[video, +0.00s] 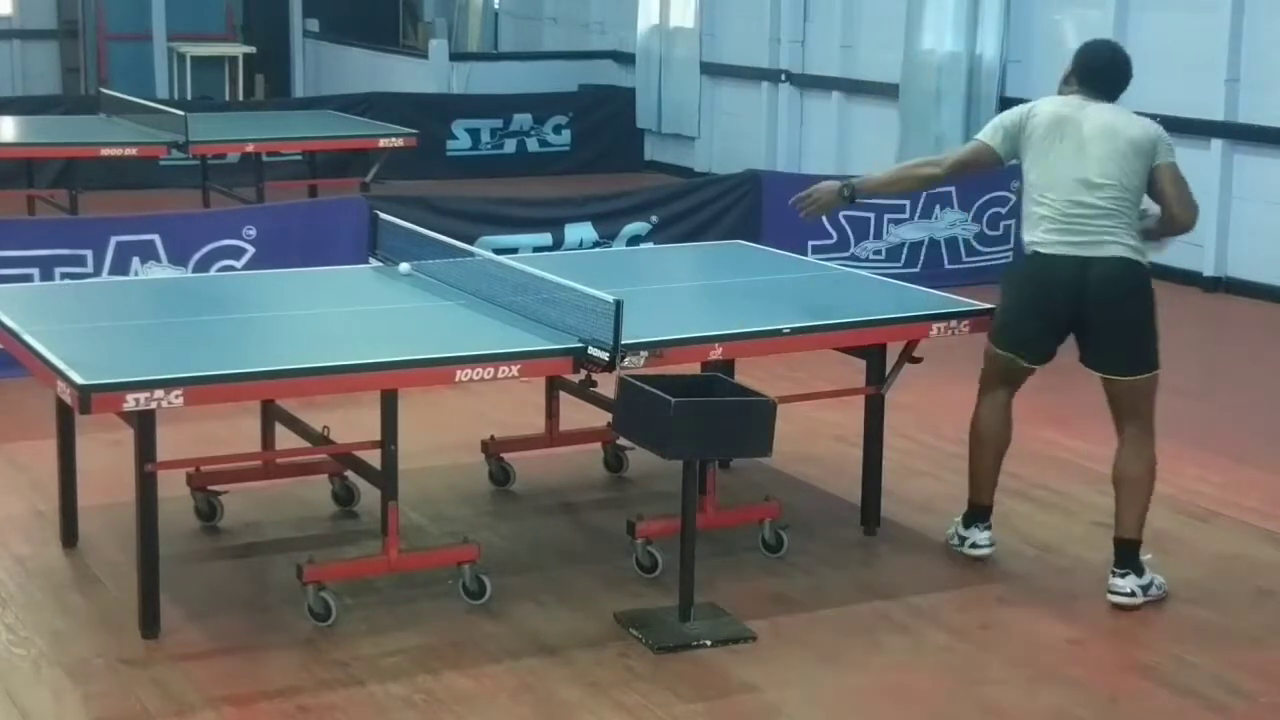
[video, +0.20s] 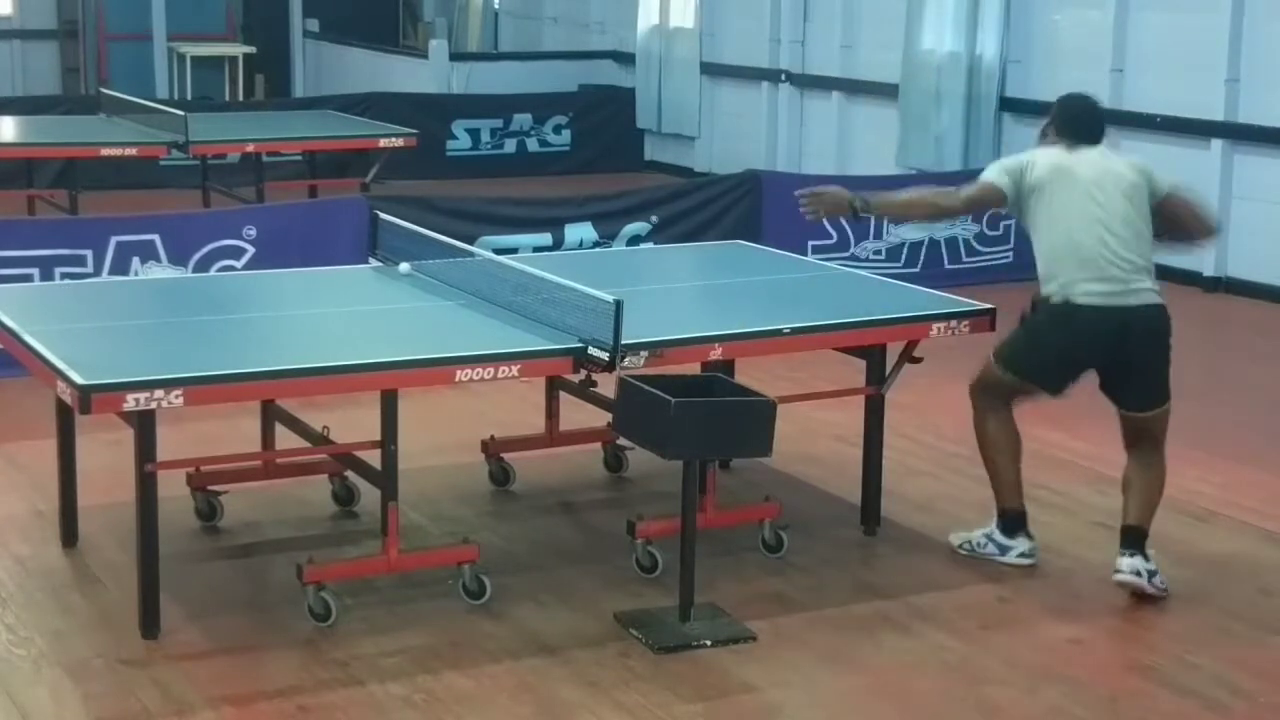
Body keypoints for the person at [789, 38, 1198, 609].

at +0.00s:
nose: (1060, 80)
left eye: (1064, 72)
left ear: (1070, 75)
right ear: (1119, 90)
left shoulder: (1031, 115)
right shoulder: (1145, 131)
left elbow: (943, 169)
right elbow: (1182, 216)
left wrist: (849, 190)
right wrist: (1141, 233)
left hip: (1041, 276)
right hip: (1120, 283)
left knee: (998, 387)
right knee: (1135, 425)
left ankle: (977, 524)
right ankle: (1127, 570)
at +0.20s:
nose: (1039, 135)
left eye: (1043, 128)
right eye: (1044, 129)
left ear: (1053, 130)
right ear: (1100, 136)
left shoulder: (1030, 164)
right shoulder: (1134, 171)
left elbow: (951, 204)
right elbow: (1200, 226)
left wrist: (856, 202)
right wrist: (1133, 224)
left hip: (1070, 316)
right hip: (1144, 321)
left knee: (989, 395)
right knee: (1146, 443)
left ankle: (1012, 532)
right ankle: (1134, 554)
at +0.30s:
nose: (1011, 139)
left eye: (1018, 130)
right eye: (1016, 129)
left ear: (1035, 138)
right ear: (1071, 145)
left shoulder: (1025, 175)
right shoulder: (1112, 187)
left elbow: (965, 223)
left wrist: (871, 234)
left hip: (1078, 324)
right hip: (1145, 328)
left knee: (989, 392)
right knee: (1137, 445)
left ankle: (1011, 532)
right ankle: (1139, 544)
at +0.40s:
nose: (990, 131)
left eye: (998, 122)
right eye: (993, 121)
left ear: (1023, 131)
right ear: (1042, 137)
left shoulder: (1022, 168)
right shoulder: (1078, 179)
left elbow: (993, 224)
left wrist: (905, 237)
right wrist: (984, 243)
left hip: (1081, 318)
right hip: (1142, 321)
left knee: (989, 393)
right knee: (1113, 444)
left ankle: (1011, 532)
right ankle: (1143, 531)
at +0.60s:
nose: (977, 101)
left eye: (989, 93)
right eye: (981, 92)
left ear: (1019, 104)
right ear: (1016, 105)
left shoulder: (1033, 145)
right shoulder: (1020, 161)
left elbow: (1046, 202)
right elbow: (987, 244)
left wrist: (988, 203)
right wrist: (956, 206)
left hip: (1089, 295)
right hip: (1108, 296)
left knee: (984, 395)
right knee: (1029, 398)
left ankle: (1011, 532)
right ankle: (1132, 477)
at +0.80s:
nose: (998, 64)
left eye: (1009, 55)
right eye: (999, 54)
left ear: (1042, 66)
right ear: (1016, 66)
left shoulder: (1071, 116)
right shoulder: (1013, 125)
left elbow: (1120, 185)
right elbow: (994, 209)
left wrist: (1077, 185)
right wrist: (979, 184)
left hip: (1098, 261)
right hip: (1056, 263)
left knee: (1043, 376)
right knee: (1020, 368)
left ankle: (1035, 514)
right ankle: (1083, 471)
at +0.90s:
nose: (1010, 41)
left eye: (1021, 33)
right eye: (1010, 32)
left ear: (1053, 44)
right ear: (1015, 44)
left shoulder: (1085, 101)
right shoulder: (1012, 106)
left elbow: (1146, 170)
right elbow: (1028, 185)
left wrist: (1093, 186)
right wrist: (1000, 172)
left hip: (1102, 240)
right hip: (1051, 243)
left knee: (1062, 353)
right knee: (1013, 341)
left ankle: (1102, 493)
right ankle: (1072, 444)